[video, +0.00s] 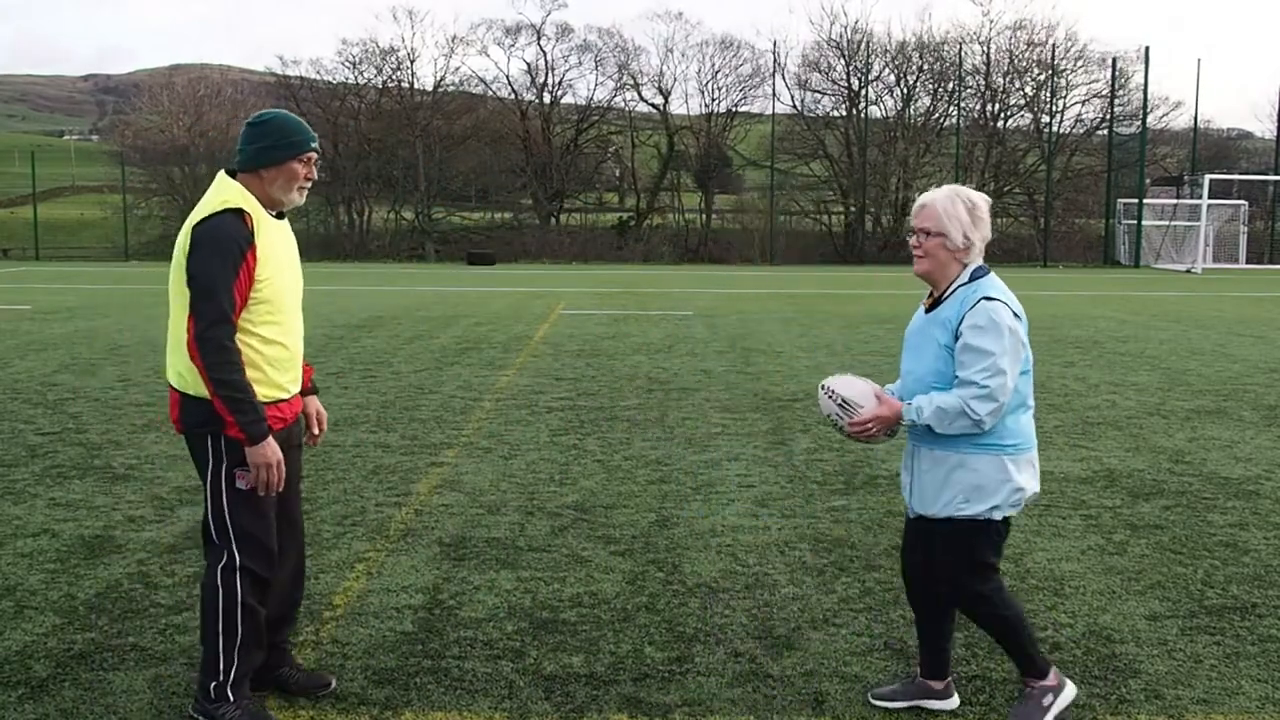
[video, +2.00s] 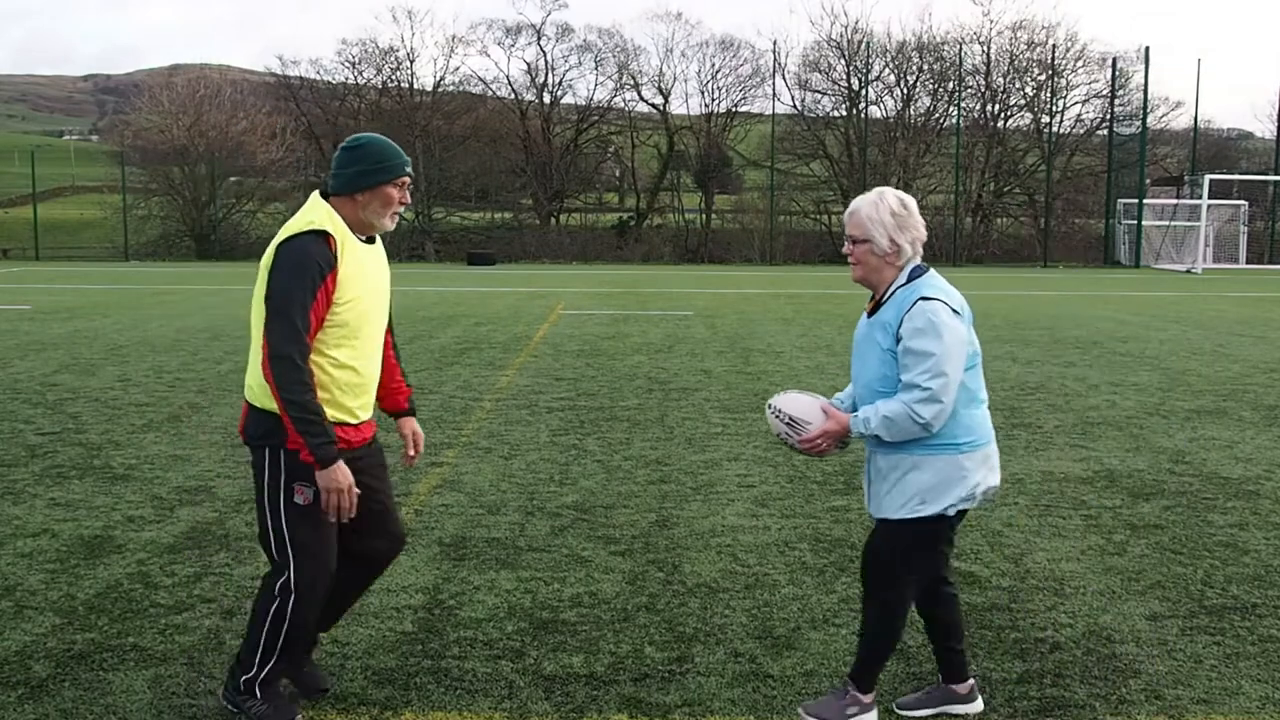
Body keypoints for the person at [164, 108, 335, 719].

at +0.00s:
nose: (311, 174)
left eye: (313, 164)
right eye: (302, 163)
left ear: (276, 166)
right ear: (264, 163)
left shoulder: (271, 221)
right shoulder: (223, 225)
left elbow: (276, 316)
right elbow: (211, 337)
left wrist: (303, 386)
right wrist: (253, 434)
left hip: (272, 412)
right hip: (225, 419)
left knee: (282, 548)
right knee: (240, 557)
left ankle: (269, 662)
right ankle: (222, 693)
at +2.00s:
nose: (404, 199)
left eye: (406, 187)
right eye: (395, 187)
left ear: (367, 192)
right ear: (356, 188)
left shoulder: (365, 240)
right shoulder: (307, 245)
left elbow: (375, 331)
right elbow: (284, 359)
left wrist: (401, 408)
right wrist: (325, 456)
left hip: (351, 430)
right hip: (291, 436)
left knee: (378, 540)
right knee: (304, 572)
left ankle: (293, 643)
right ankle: (248, 686)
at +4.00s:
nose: (246, 178)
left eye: (248, 168)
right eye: (236, 167)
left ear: (220, 173)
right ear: (198, 169)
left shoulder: (207, 228)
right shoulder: (159, 226)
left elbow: (204, 326)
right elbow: (142, 336)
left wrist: (252, 376)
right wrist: (202, 413)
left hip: (195, 407)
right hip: (143, 409)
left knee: (221, 523)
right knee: (149, 547)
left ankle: (203, 645)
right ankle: (131, 675)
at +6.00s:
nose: (241, 174)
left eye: (244, 164)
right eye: (232, 161)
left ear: (227, 168)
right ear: (194, 160)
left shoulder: (209, 219)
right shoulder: (158, 218)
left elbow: (217, 316)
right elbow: (147, 327)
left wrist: (255, 382)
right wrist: (199, 411)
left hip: (215, 409)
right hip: (166, 412)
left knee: (215, 536)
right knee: (168, 549)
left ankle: (205, 640)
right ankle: (156, 680)